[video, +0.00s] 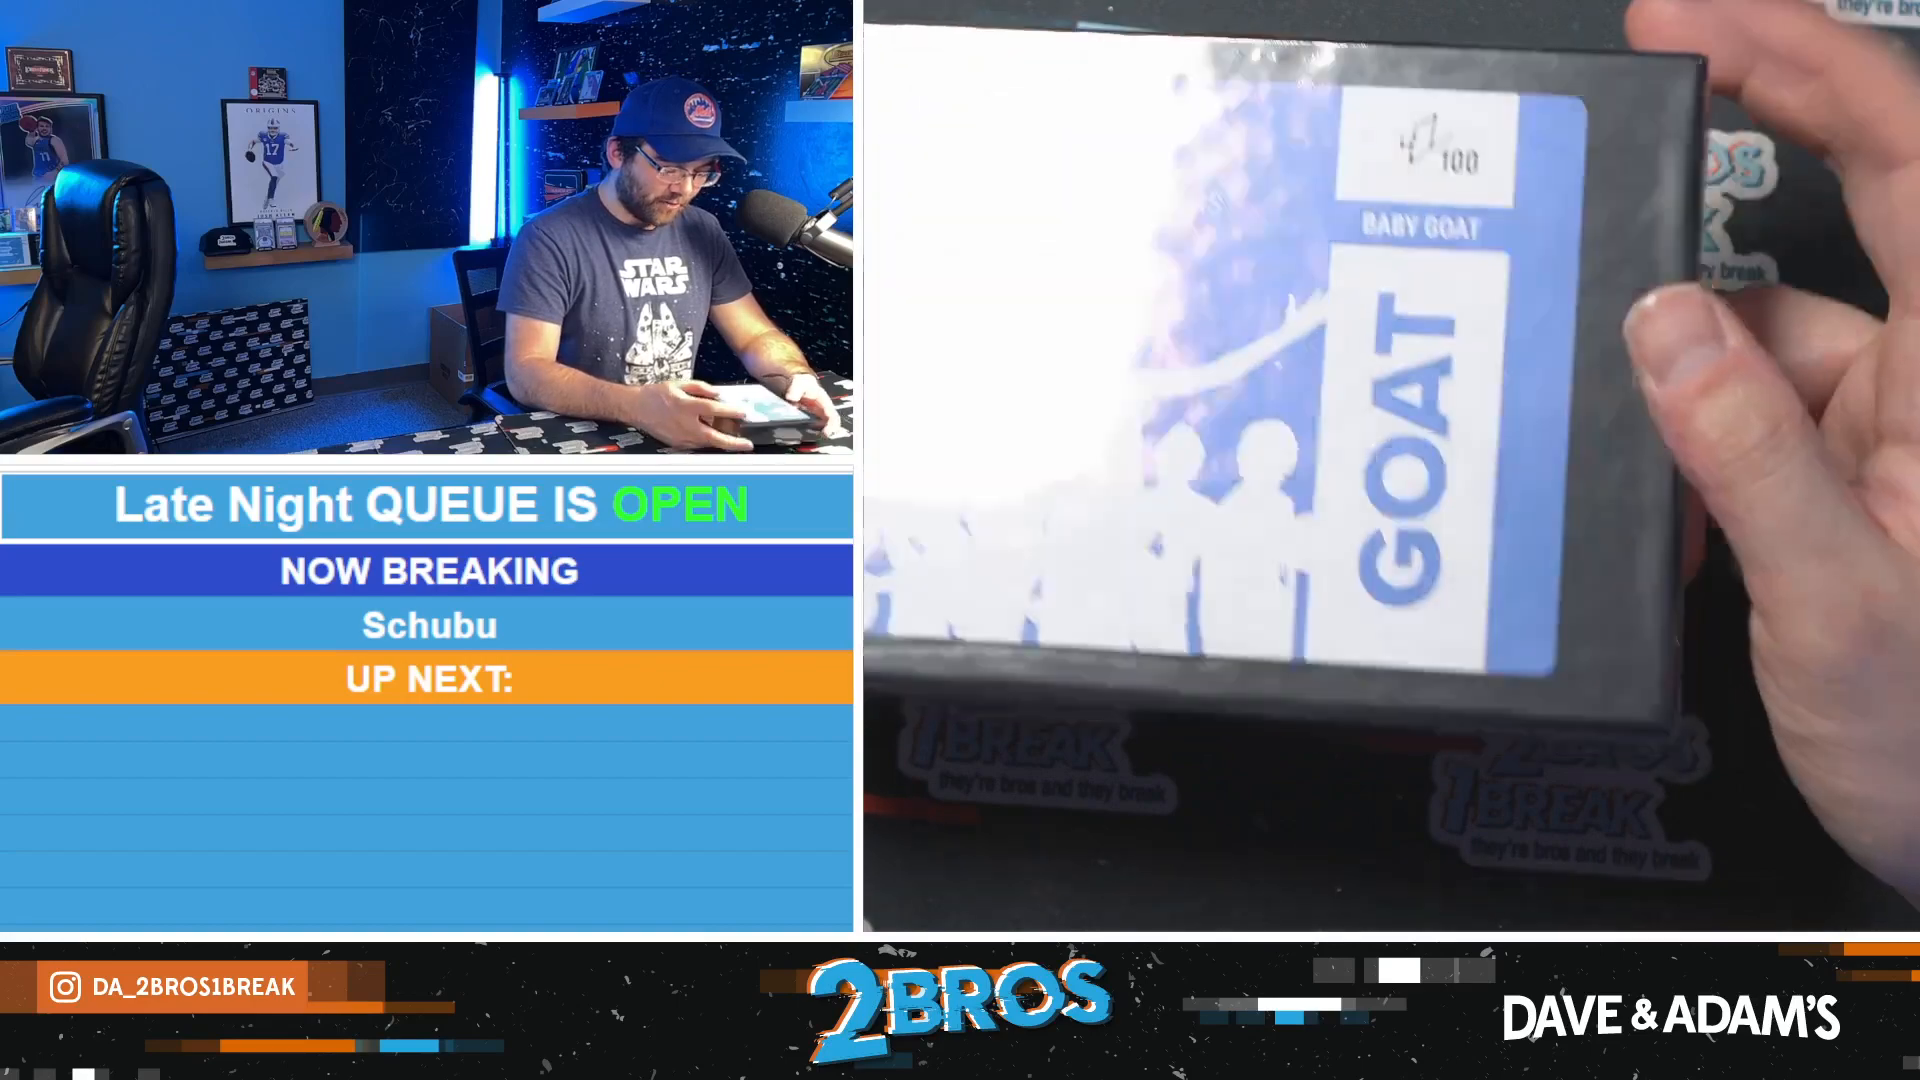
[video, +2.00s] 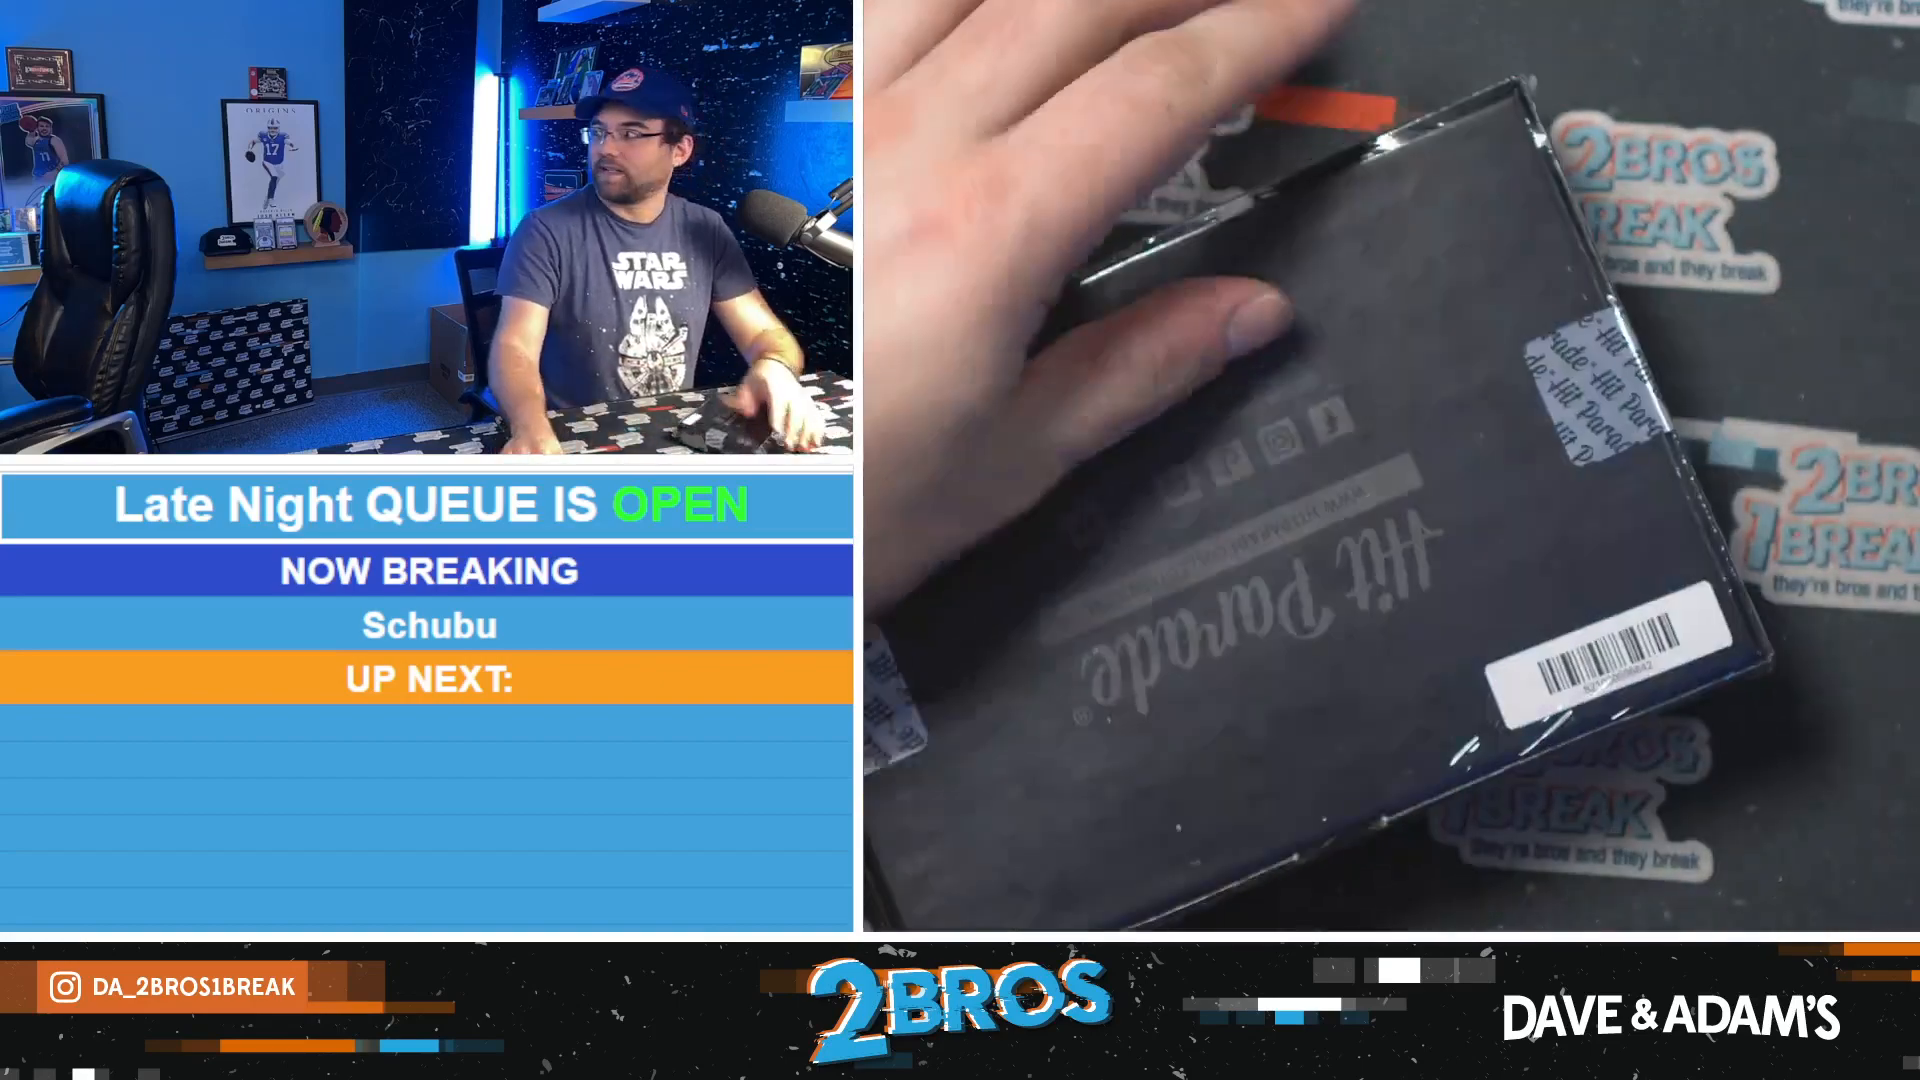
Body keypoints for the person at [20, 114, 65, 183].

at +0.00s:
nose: (44, 128)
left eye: (47, 126)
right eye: (41, 126)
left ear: (50, 129)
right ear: (37, 128)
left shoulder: (54, 140)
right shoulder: (35, 140)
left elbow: (64, 160)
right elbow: (28, 142)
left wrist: (54, 173)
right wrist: (31, 133)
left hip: (50, 177)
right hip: (37, 176)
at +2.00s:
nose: (44, 128)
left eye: (47, 126)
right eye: (41, 126)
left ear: (51, 128)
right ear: (37, 128)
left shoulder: (54, 140)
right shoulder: (35, 140)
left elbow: (64, 160)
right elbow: (28, 142)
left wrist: (54, 173)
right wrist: (31, 133)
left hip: (50, 177)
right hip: (37, 176)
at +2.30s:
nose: (44, 128)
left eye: (47, 126)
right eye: (41, 126)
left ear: (50, 128)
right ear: (37, 128)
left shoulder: (54, 140)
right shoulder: (35, 140)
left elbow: (64, 160)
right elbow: (28, 141)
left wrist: (54, 172)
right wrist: (31, 133)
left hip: (50, 177)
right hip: (37, 176)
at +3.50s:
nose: (44, 128)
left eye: (47, 126)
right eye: (41, 126)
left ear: (50, 128)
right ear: (37, 128)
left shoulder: (54, 140)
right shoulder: (35, 140)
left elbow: (64, 160)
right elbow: (28, 141)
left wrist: (53, 173)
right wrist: (31, 132)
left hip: (50, 177)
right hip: (37, 176)